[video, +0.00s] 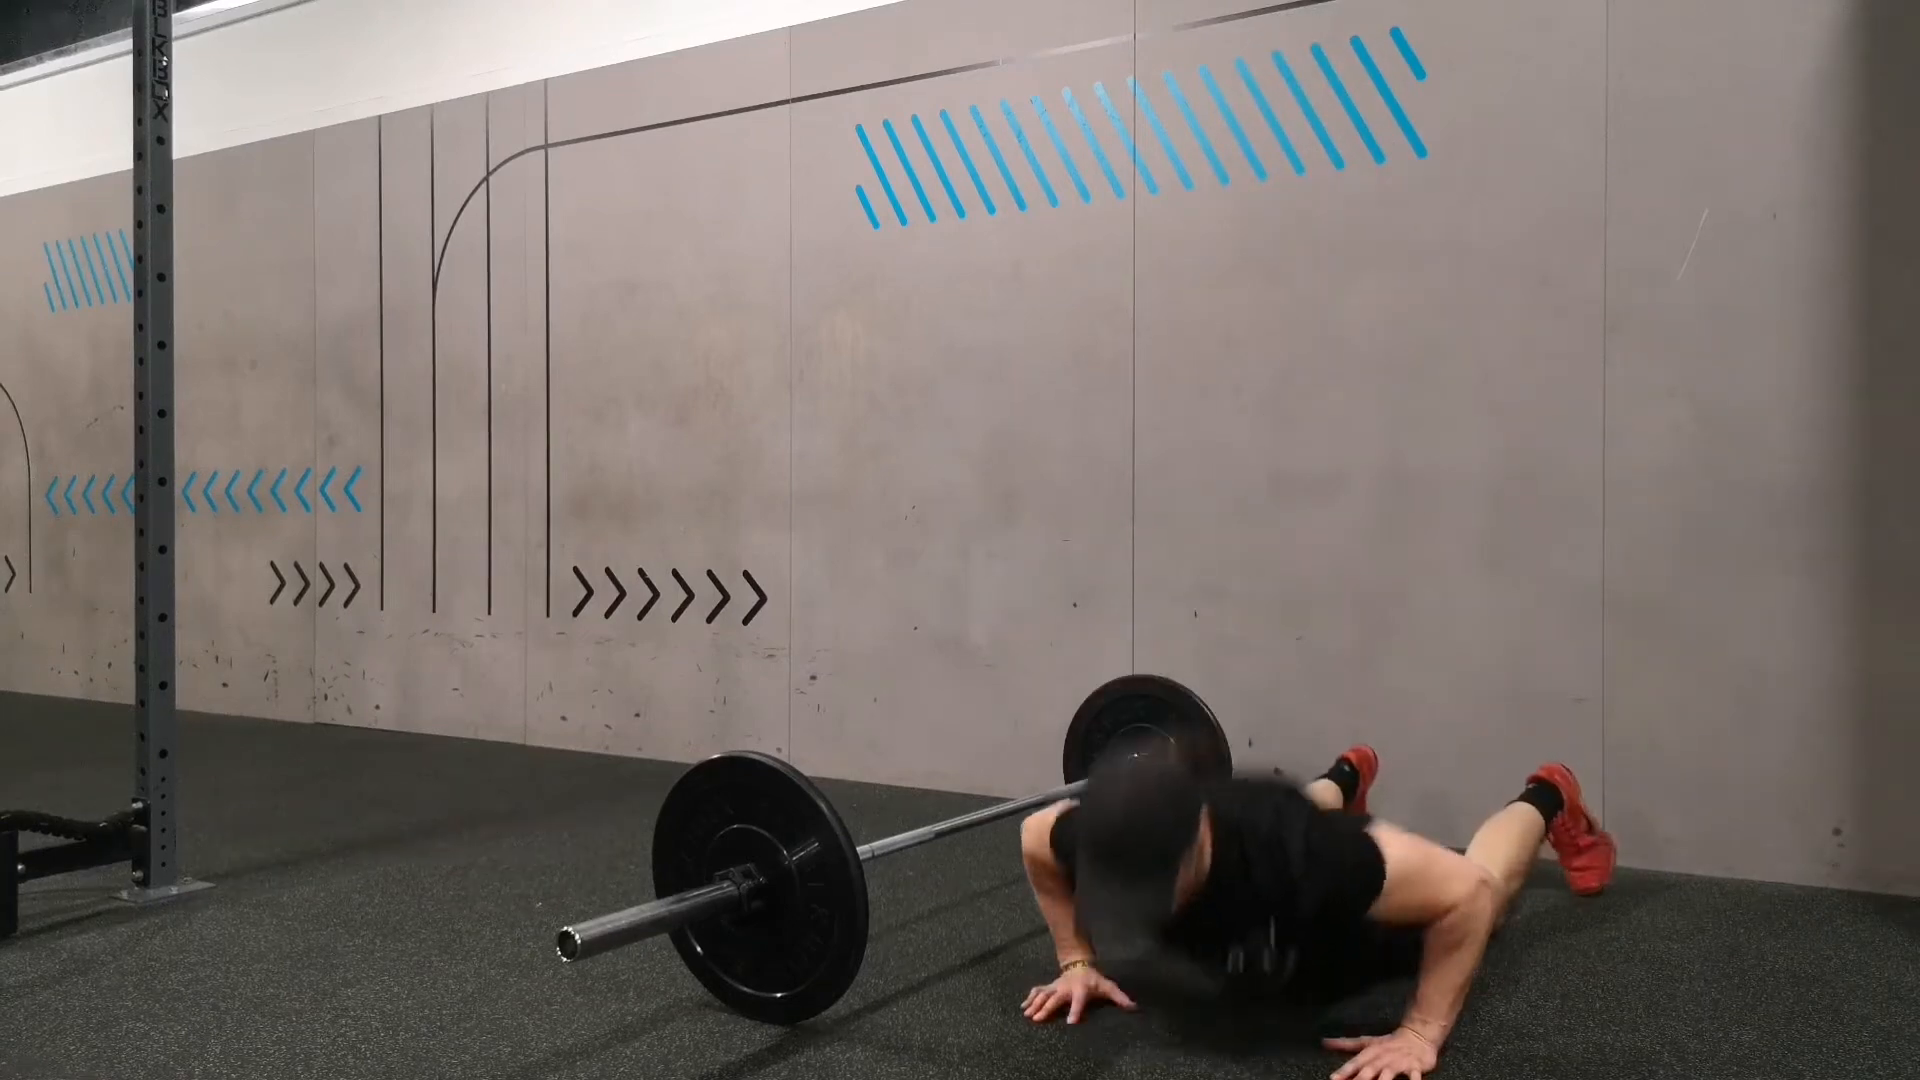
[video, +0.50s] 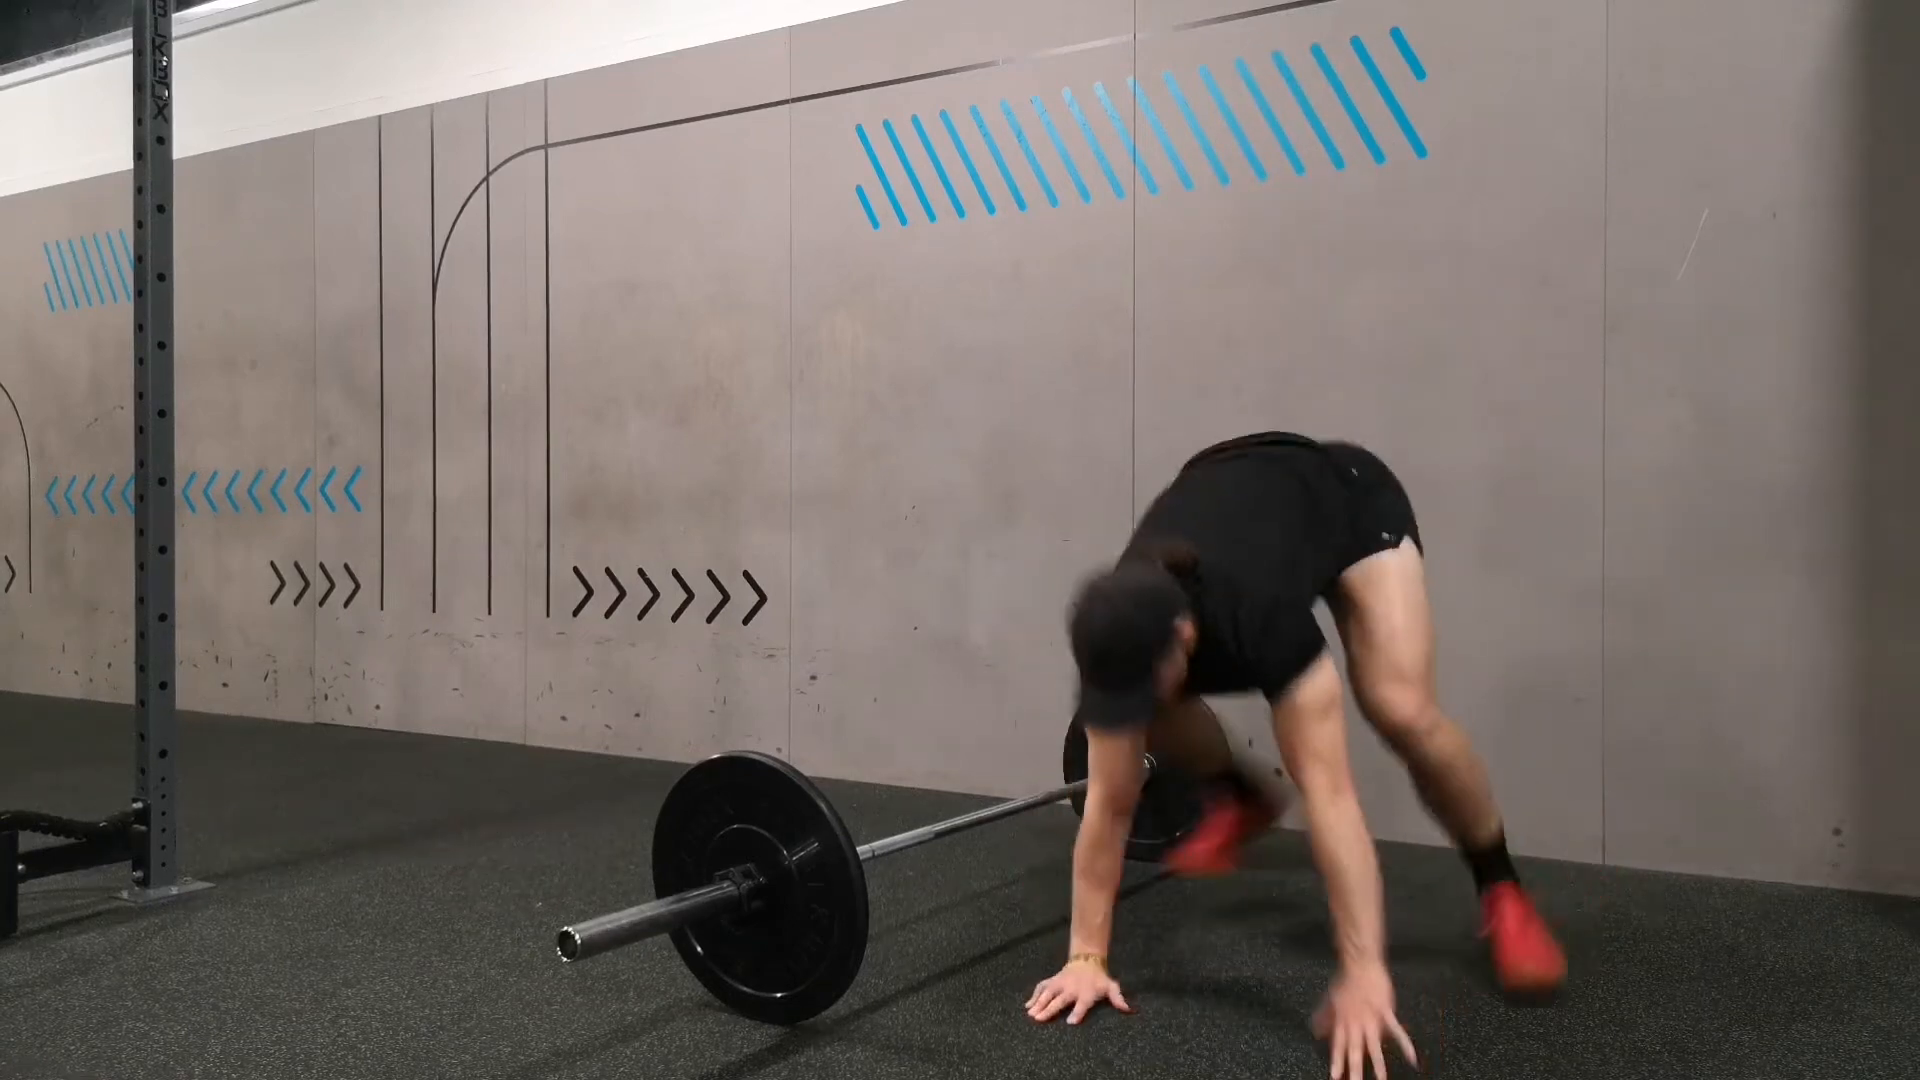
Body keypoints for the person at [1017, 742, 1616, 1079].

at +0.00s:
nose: (1146, 900)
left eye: (1160, 881)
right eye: (1129, 885)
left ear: (1200, 841)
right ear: (1094, 848)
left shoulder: (1304, 856)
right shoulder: (1095, 838)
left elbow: (1472, 893)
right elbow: (1035, 840)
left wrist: (1421, 1034)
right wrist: (1074, 958)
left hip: (1348, 936)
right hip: (1235, 930)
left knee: (1486, 880)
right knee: (1301, 825)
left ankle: (1544, 797)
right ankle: (1345, 780)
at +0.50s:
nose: (1148, 704)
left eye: (1153, 689)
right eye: (1127, 698)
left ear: (1179, 641)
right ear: (1091, 652)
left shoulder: (1266, 621)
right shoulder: (1113, 641)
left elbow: (1328, 794)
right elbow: (1107, 806)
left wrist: (1362, 969)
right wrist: (1086, 958)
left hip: (1343, 489)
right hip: (1221, 485)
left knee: (1403, 710)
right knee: (1144, 690)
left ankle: (1500, 888)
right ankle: (1241, 796)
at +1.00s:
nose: (853, 289)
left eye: (857, 273)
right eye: (845, 278)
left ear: (901, 244)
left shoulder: (991, 271)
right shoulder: (861, 319)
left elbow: (1107, 404)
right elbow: (836, 439)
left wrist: (1172, 538)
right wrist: (869, 529)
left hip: (1083, 402)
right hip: (994, 429)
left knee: (973, 450)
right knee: (956, 593)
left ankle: (1073, 646)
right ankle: (1118, 677)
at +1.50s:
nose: (631, 582)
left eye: (632, 568)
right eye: (621, 574)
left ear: (662, 534)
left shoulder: (741, 532)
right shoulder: (645, 543)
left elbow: (771, 698)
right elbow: (619, 675)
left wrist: (774, 831)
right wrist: (585, 798)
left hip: (876, 513)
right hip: (788, 527)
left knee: (815, 661)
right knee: (718, 680)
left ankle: (877, 843)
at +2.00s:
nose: (465, 847)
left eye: (462, 835)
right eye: (454, 842)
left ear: (489, 801)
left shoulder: (594, 785)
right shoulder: (505, 767)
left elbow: (705, 799)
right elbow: (509, 816)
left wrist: (679, 913)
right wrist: (521, 882)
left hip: (747, 786)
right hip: (689, 763)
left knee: (870, 801)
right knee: (775, 765)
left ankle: (952, 753)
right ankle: (844, 749)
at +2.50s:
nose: (495, 728)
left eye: (497, 713)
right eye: (485, 721)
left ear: (532, 674)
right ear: (497, 695)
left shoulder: (623, 680)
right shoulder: (511, 697)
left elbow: (717, 790)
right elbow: (492, 782)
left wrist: (684, 910)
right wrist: (518, 878)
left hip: (767, 746)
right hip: (691, 758)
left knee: (870, 816)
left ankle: (968, 756)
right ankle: (838, 760)